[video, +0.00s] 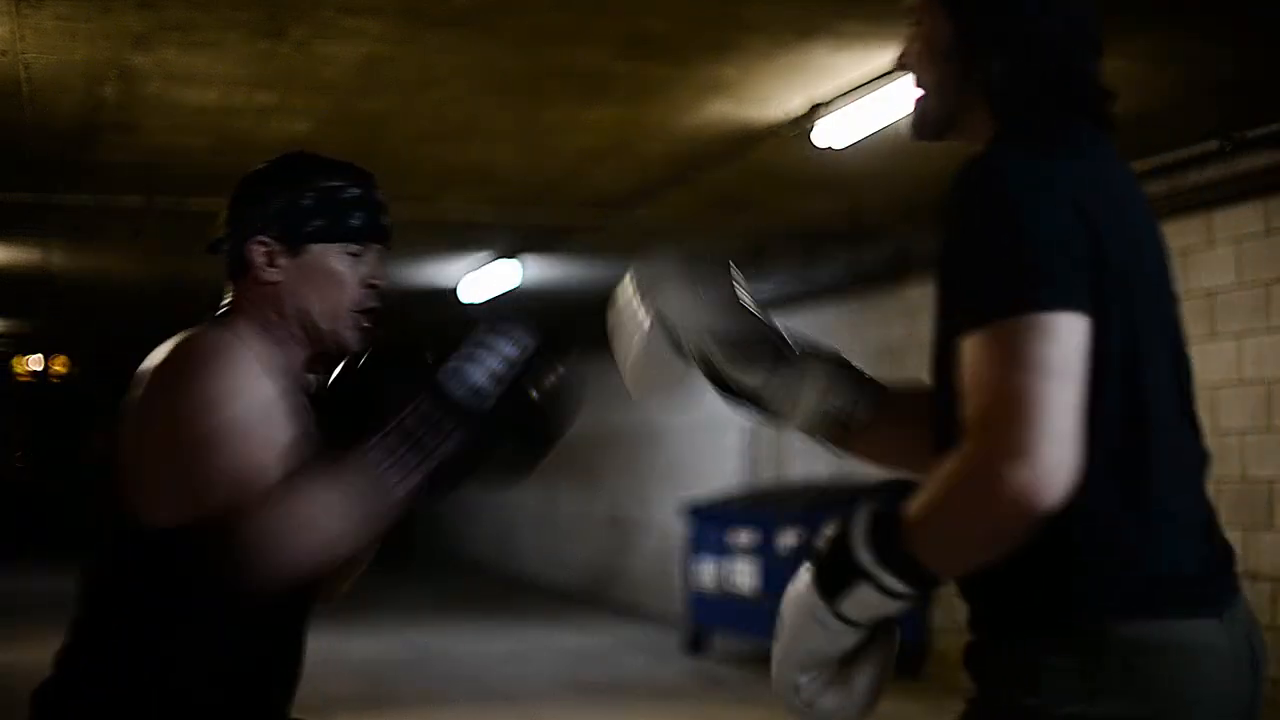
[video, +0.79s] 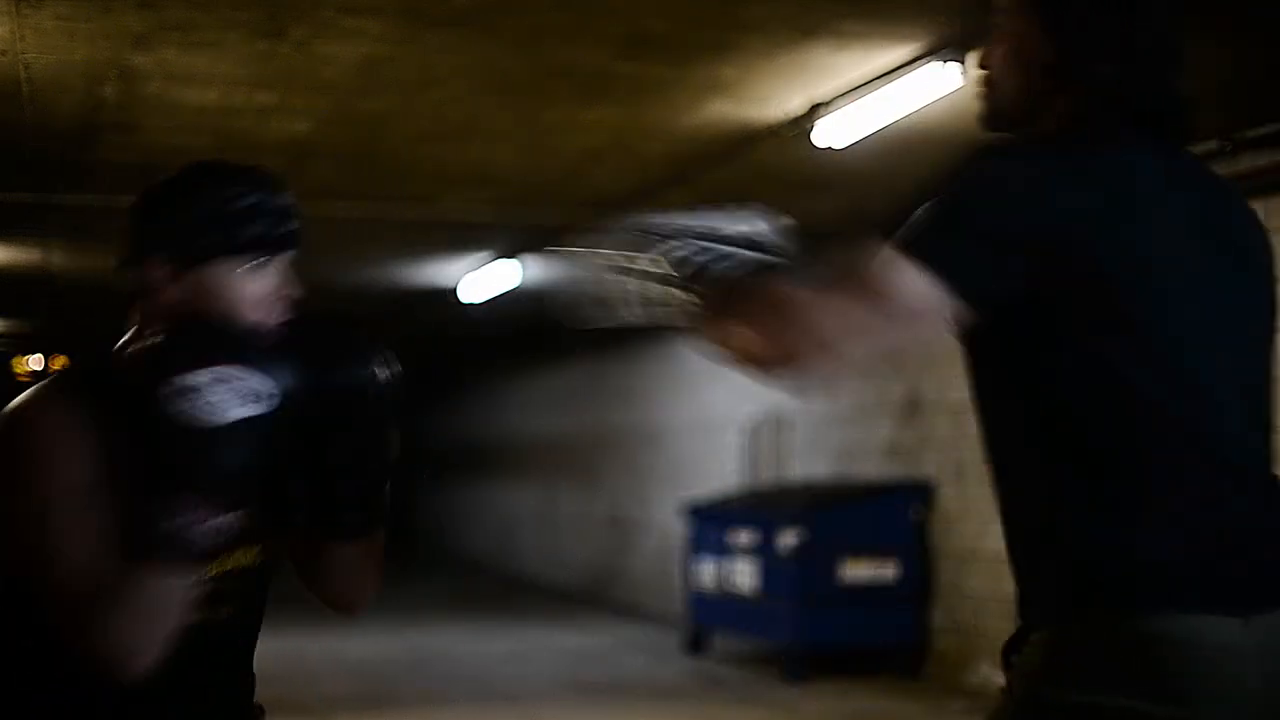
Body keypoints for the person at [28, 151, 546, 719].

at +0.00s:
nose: (376, 281)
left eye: (377, 259)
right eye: (354, 255)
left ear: (270, 262)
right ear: (268, 260)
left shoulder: (269, 379)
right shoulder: (219, 369)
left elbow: (308, 572)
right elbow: (268, 549)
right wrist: (439, 419)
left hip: (219, 708)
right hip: (156, 718)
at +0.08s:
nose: (343, 282)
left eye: (343, 258)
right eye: (317, 255)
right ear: (232, 264)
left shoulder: (277, 406)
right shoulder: (143, 400)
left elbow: (313, 597)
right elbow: (110, 610)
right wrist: (290, 519)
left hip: (223, 710)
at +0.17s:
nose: (299, 285)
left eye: (298, 262)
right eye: (269, 258)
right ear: (183, 271)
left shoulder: (253, 416)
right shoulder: (75, 421)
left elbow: (294, 616)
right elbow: (32, 638)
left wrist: (348, 507)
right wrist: (172, 566)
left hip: (203, 710)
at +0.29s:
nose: (253, 269)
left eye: (253, 247)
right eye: (221, 243)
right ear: (134, 258)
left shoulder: (238, 393)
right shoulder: (41, 400)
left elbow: (289, 602)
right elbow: (43, 643)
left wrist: (321, 495)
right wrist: (153, 524)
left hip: (189, 692)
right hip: (67, 699)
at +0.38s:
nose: (257, 250)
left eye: (256, 227)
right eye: (224, 227)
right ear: (138, 248)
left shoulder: (236, 381)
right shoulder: (43, 387)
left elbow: (317, 587)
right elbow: (92, 622)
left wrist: (340, 456)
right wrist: (180, 472)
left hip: (200, 690)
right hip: (75, 703)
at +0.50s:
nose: (298, 249)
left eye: (296, 227)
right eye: (266, 224)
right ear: (180, 246)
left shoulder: (257, 384)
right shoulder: (88, 388)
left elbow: (356, 580)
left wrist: (380, 422)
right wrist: (245, 427)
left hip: (213, 700)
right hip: (91, 709)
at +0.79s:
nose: (290, 290)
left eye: (287, 262)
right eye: (256, 264)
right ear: (170, 279)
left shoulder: (263, 403)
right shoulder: (60, 421)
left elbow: (347, 590)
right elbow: (119, 649)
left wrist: (355, 432)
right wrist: (202, 480)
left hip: (222, 699)